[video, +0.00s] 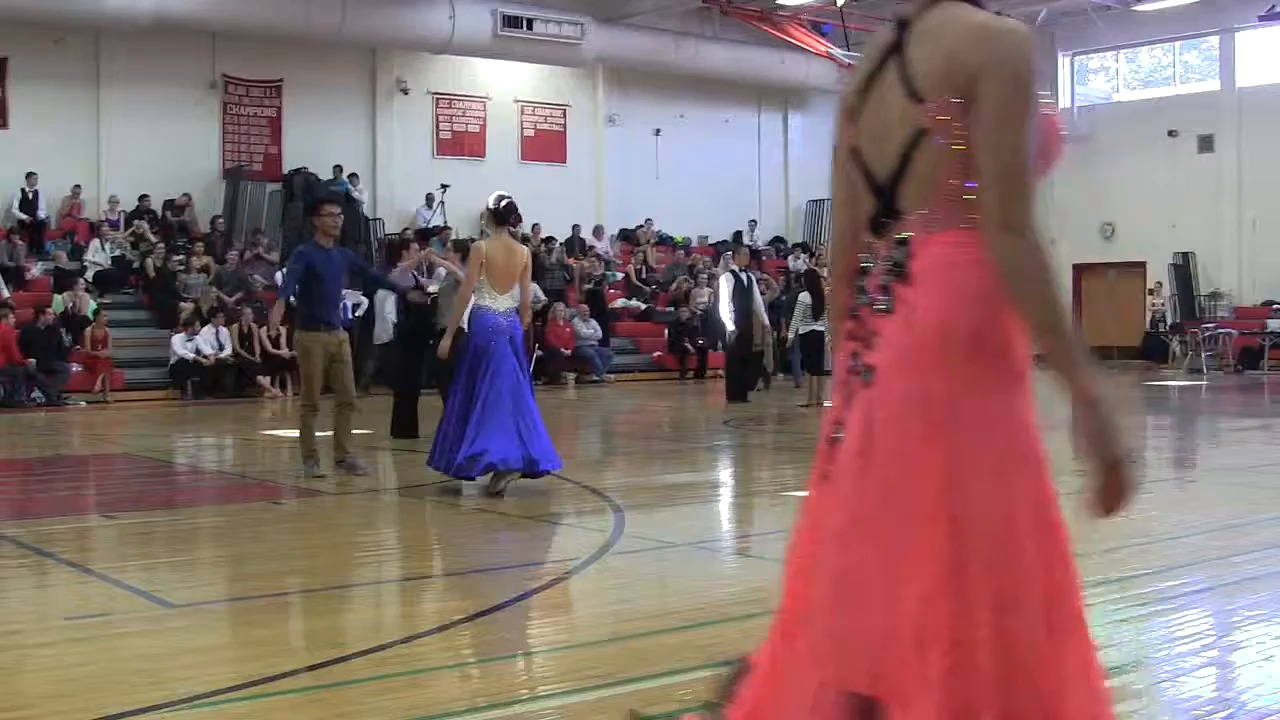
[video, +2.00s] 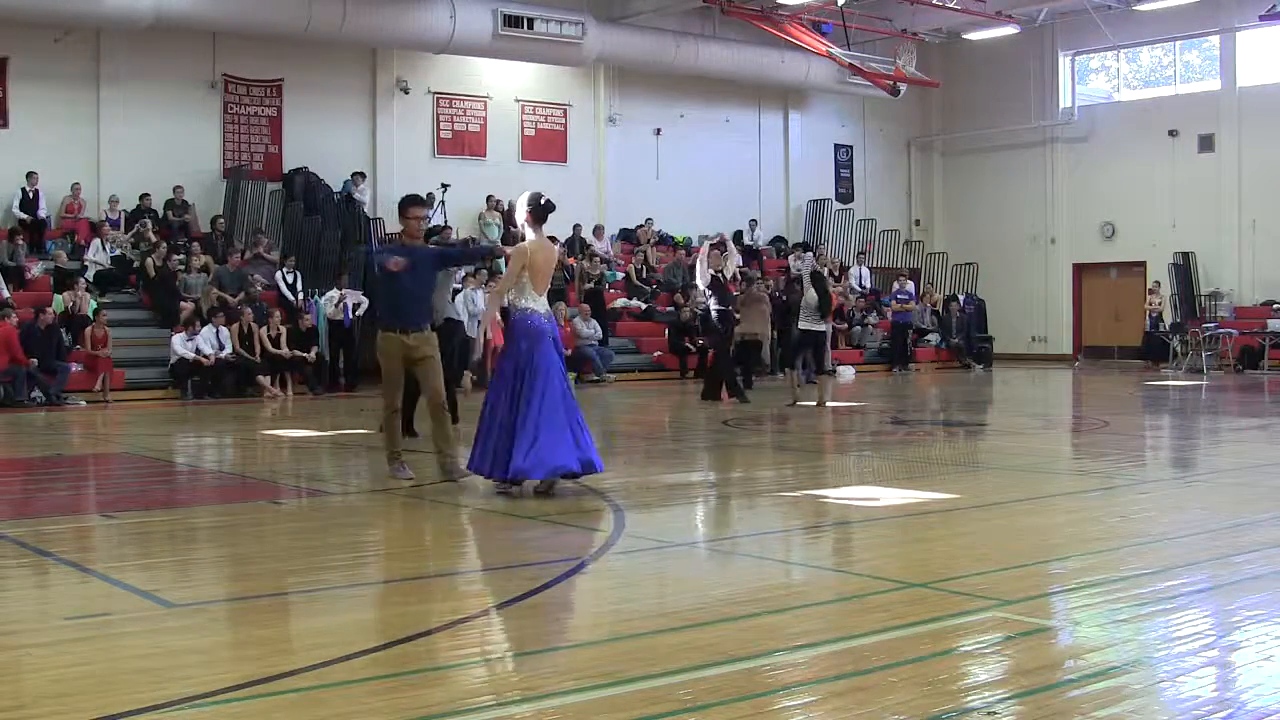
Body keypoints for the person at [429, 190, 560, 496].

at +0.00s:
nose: (482, 219)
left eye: (484, 215)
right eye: (486, 215)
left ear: (488, 218)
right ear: (511, 220)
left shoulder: (480, 248)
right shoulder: (523, 252)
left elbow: (467, 291)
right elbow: (525, 300)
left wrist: (450, 332)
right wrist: (522, 331)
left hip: (483, 325)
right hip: (511, 326)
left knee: (482, 391)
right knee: (505, 392)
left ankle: (498, 458)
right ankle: (503, 458)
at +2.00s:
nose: (516, 214)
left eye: (519, 210)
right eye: (518, 209)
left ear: (526, 214)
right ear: (544, 215)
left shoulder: (522, 250)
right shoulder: (552, 249)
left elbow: (502, 288)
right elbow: (538, 283)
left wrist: (488, 315)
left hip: (523, 325)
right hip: (546, 324)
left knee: (515, 394)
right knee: (547, 393)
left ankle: (511, 467)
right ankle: (550, 463)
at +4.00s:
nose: (490, 214)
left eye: (493, 209)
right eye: (492, 209)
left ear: (500, 216)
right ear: (517, 217)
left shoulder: (497, 248)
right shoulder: (523, 247)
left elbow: (459, 222)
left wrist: (441, 183)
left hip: (491, 323)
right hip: (512, 322)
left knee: (491, 393)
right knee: (507, 391)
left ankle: (494, 463)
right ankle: (505, 462)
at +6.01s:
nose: (494, 231)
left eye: (497, 225)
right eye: (495, 225)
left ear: (509, 227)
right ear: (514, 227)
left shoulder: (503, 257)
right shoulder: (528, 254)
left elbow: (457, 274)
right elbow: (520, 285)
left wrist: (430, 251)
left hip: (500, 330)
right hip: (518, 328)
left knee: (460, 381)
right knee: (512, 394)